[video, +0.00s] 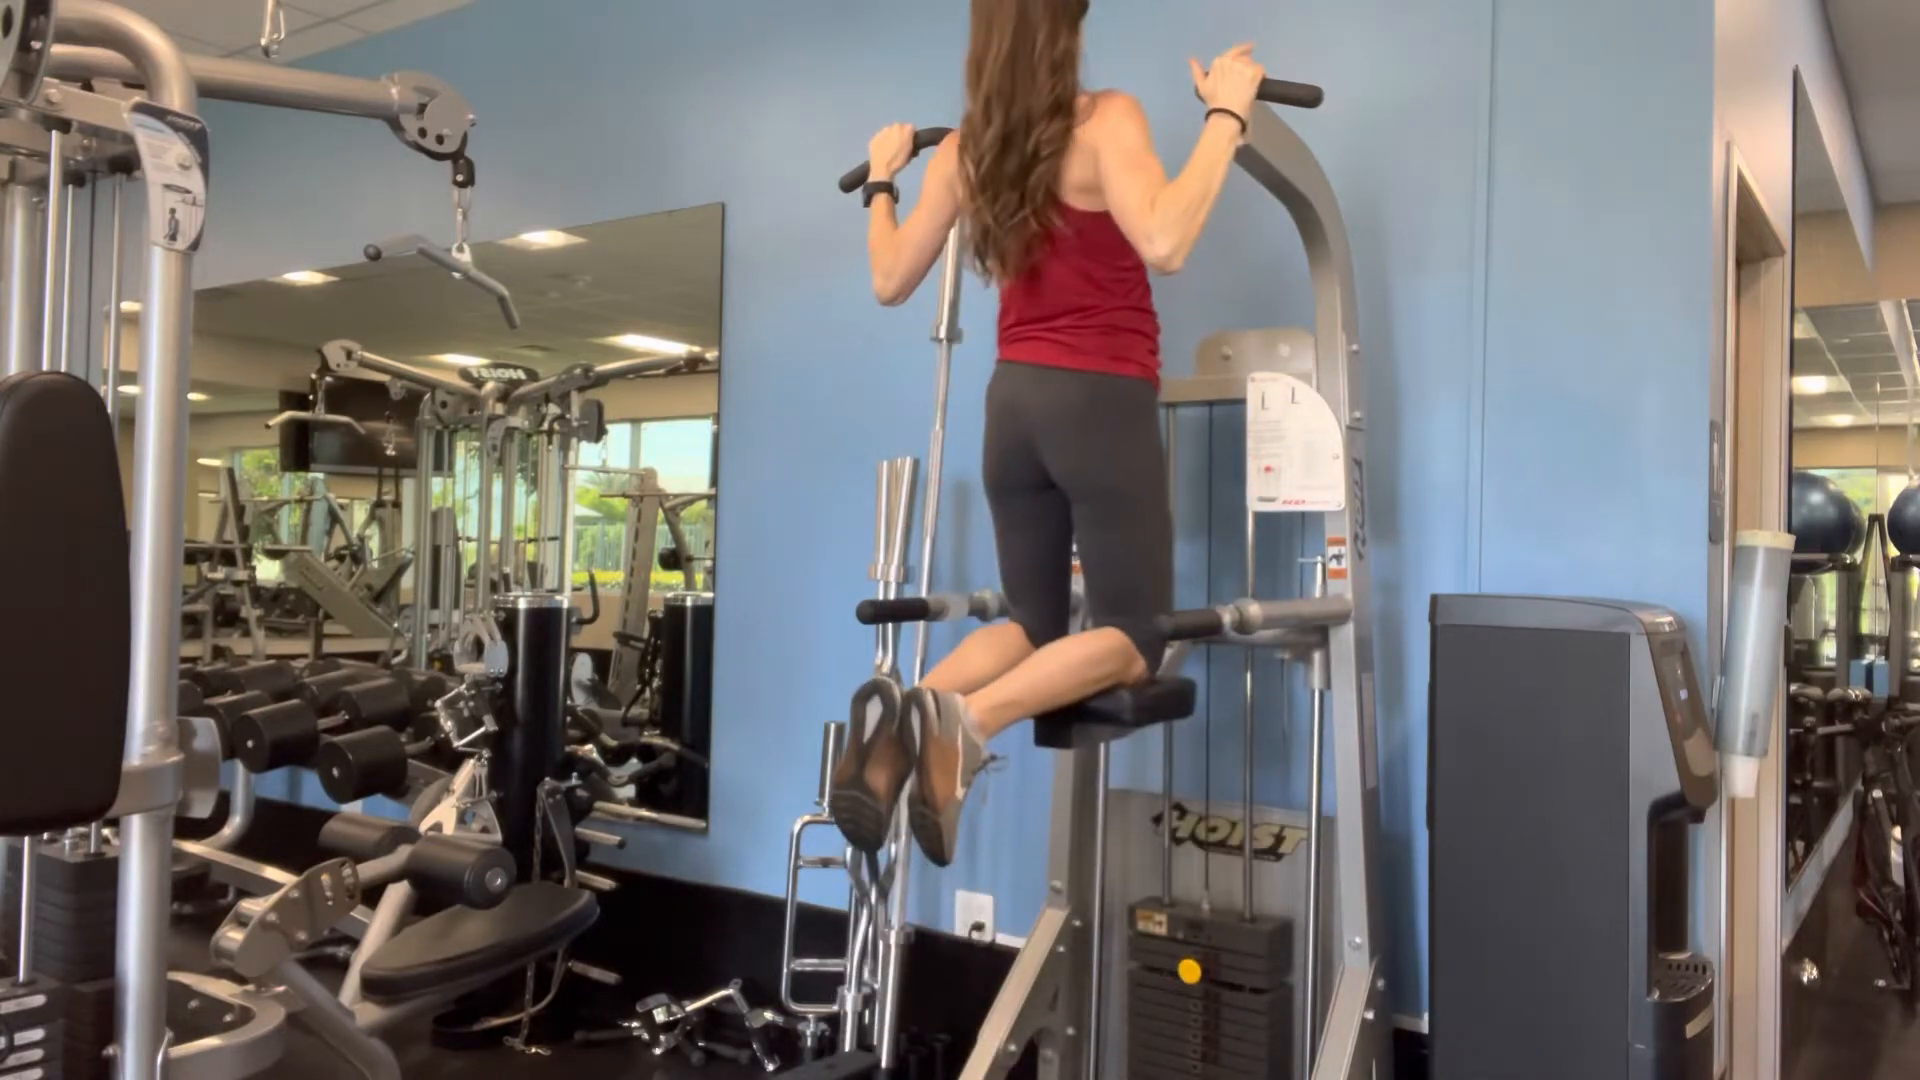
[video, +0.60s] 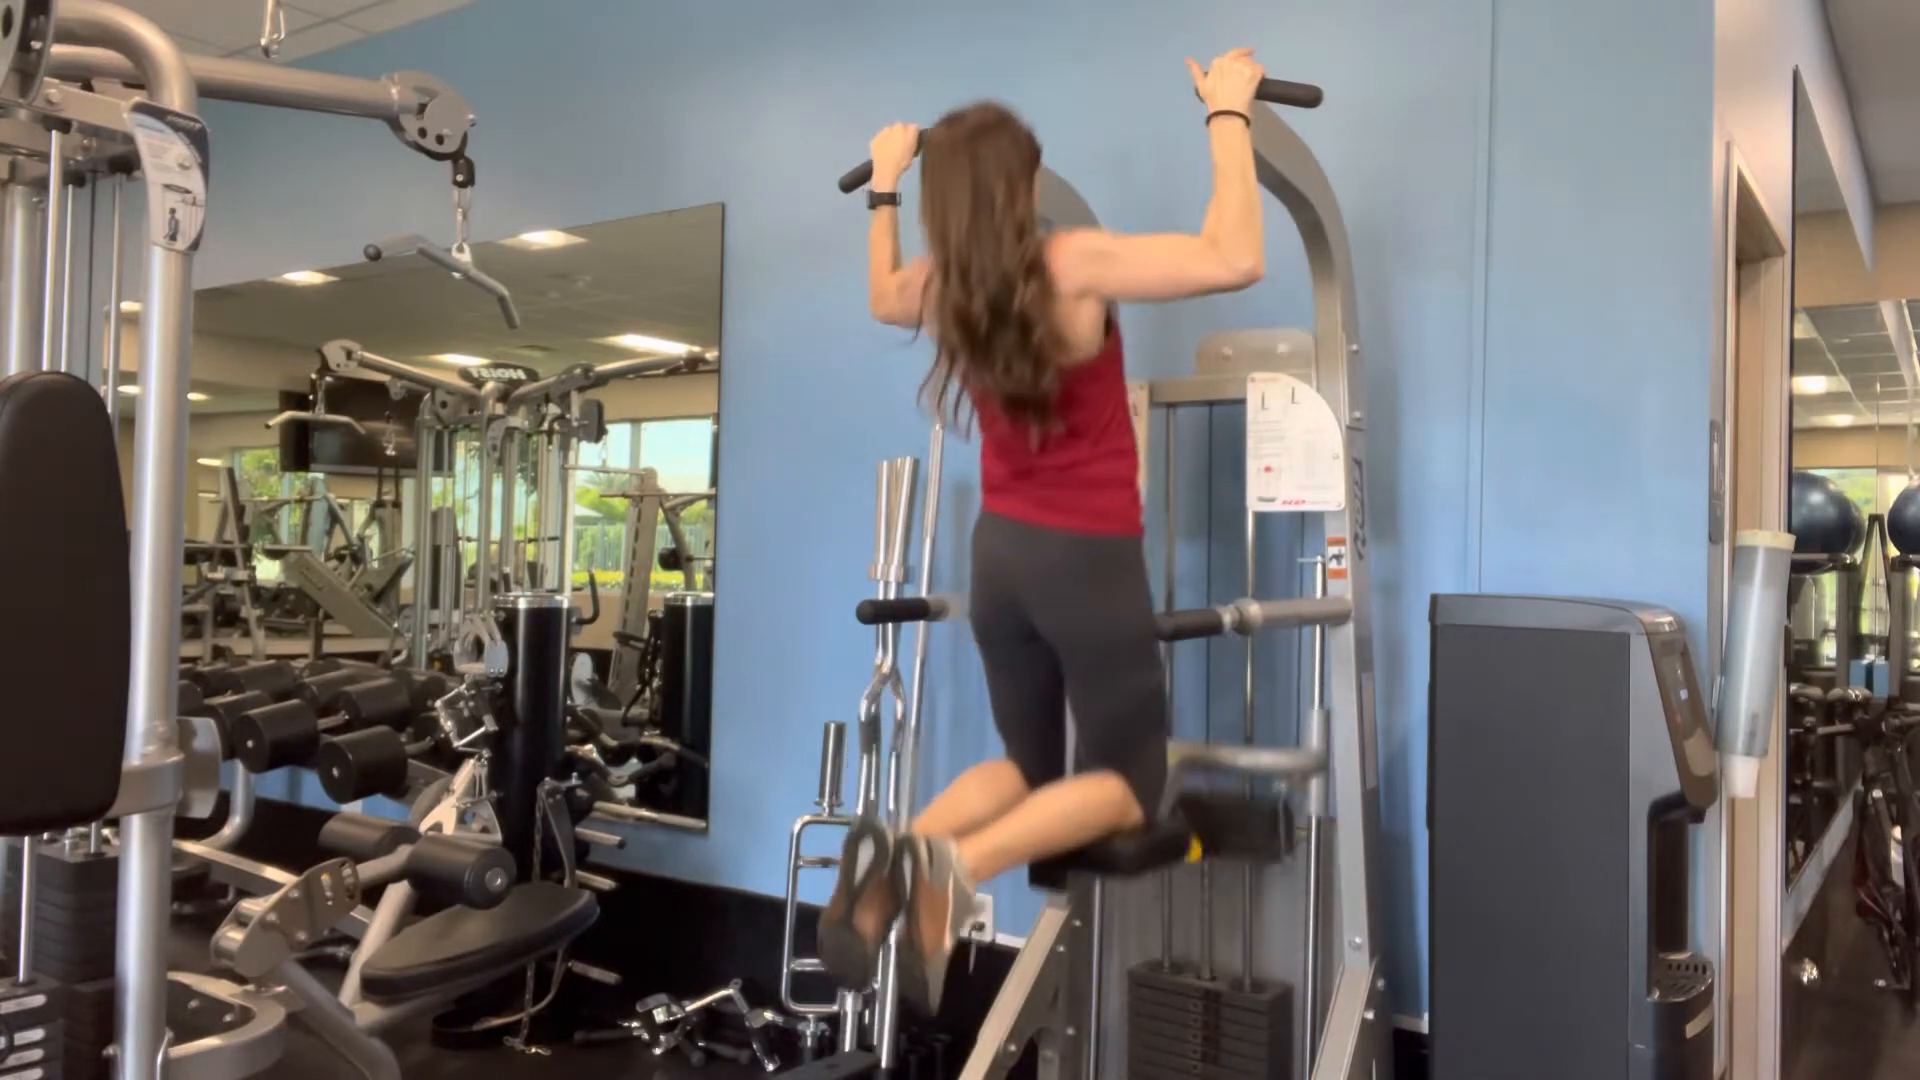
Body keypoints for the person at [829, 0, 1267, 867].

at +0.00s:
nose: (1078, 28)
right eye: (1074, 19)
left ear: (986, 36)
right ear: (1067, 29)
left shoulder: (969, 144)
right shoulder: (1105, 117)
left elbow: (891, 278)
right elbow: (1163, 240)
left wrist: (878, 180)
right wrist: (1227, 116)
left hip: (1012, 403)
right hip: (1099, 401)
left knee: (1032, 624)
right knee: (1134, 640)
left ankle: (906, 714)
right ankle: (969, 722)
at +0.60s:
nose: (1040, 169)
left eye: (1018, 160)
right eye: (1031, 160)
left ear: (950, 193)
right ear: (1026, 181)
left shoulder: (947, 283)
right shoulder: (1073, 260)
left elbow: (883, 295)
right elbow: (1233, 257)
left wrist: (885, 188)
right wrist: (1230, 116)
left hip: (999, 557)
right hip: (1086, 560)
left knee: (1028, 765)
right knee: (1128, 785)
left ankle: (901, 854)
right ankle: (958, 868)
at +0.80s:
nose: (1032, 287)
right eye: (1023, 275)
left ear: (945, 307)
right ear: (1025, 293)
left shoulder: (946, 383)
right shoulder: (1069, 366)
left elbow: (900, 293)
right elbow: (1205, 270)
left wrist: (884, 184)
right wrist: (1224, 117)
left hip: (992, 664)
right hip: (1081, 672)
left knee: (1020, 878)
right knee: (1121, 900)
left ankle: (890, 984)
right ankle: (950, 1002)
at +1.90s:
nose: (1056, 146)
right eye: (1051, 135)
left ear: (953, 153)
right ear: (1039, 144)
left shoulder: (956, 239)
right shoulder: (1075, 227)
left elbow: (883, 300)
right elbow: (1238, 256)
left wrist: (885, 187)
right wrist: (1231, 117)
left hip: (1001, 520)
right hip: (1090, 527)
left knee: (1026, 742)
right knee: (1132, 755)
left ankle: (903, 855)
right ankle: (966, 859)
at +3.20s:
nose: (1057, 120)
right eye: (1053, 106)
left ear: (955, 126)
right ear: (1044, 117)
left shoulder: (943, 222)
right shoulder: (1083, 200)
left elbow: (884, 297)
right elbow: (1228, 255)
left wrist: (880, 188)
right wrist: (1233, 114)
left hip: (1005, 490)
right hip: (1088, 493)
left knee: (1041, 697)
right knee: (1144, 713)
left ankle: (912, 782)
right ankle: (973, 789)